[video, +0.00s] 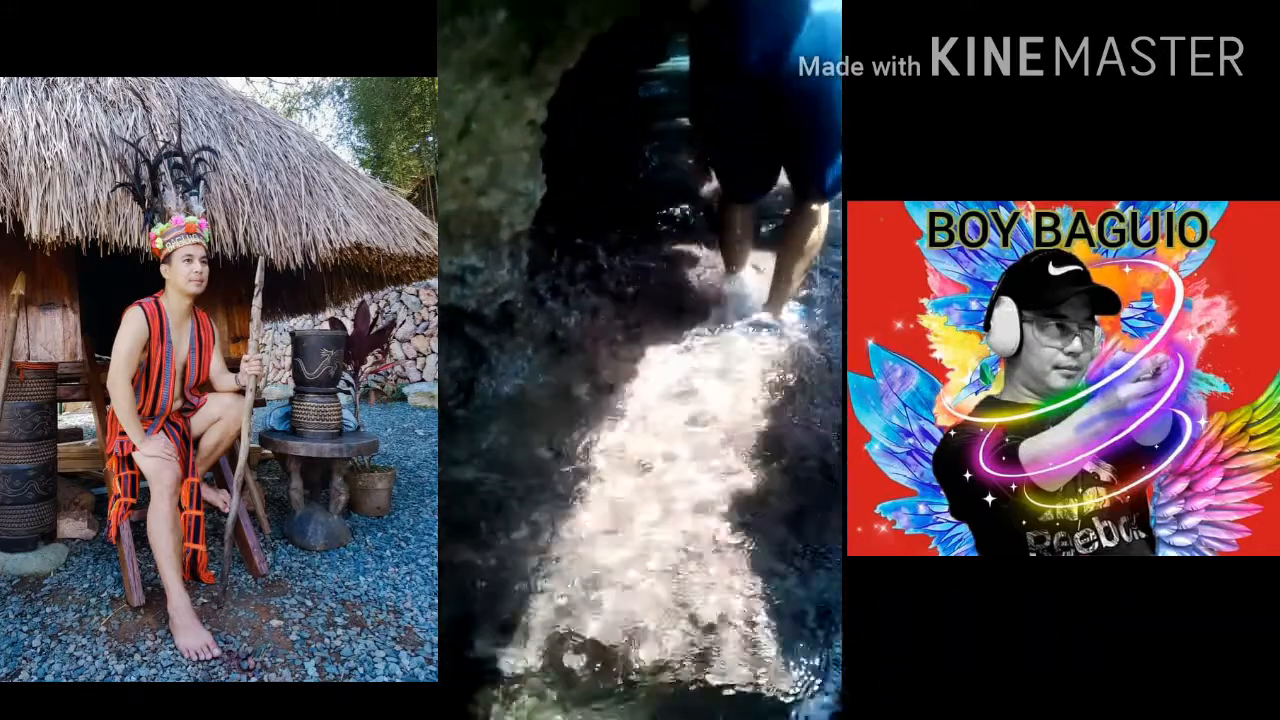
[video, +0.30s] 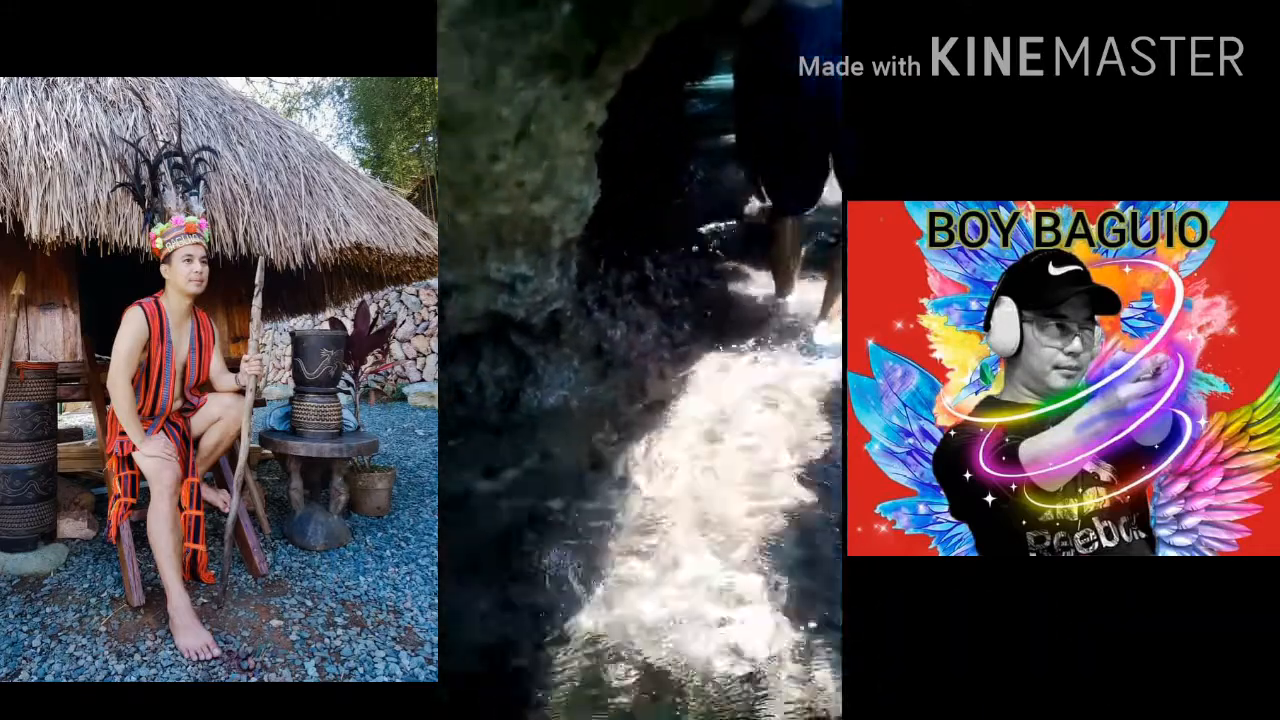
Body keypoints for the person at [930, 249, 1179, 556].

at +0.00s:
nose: (1076, 346)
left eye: (1086, 328)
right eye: (1055, 327)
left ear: (1097, 334)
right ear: (1007, 327)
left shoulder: (1113, 407)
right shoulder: (962, 445)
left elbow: (1155, 435)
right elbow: (1021, 471)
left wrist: (1148, 395)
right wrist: (1105, 413)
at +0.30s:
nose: (1076, 346)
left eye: (1086, 328)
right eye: (1055, 327)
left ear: (1097, 334)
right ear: (1007, 328)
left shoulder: (1113, 409)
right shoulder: (962, 445)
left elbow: (1155, 435)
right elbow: (1023, 472)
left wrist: (1149, 396)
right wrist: (1106, 412)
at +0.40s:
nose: (1076, 346)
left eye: (1086, 328)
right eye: (1055, 327)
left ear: (1097, 334)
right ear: (1007, 328)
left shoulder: (1114, 408)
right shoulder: (962, 446)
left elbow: (1155, 435)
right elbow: (1022, 472)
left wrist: (1149, 396)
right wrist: (1106, 412)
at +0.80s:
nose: (1076, 346)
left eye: (1086, 328)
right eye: (1055, 326)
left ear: (1096, 334)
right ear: (1007, 327)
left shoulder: (1114, 410)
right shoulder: (963, 445)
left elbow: (1155, 434)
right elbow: (1018, 474)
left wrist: (1150, 396)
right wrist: (1105, 413)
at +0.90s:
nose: (1076, 346)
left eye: (1086, 327)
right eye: (1055, 326)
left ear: (1097, 334)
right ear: (1007, 327)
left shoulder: (1113, 410)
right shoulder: (962, 446)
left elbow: (1155, 434)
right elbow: (1019, 473)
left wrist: (1150, 396)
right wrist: (1104, 414)